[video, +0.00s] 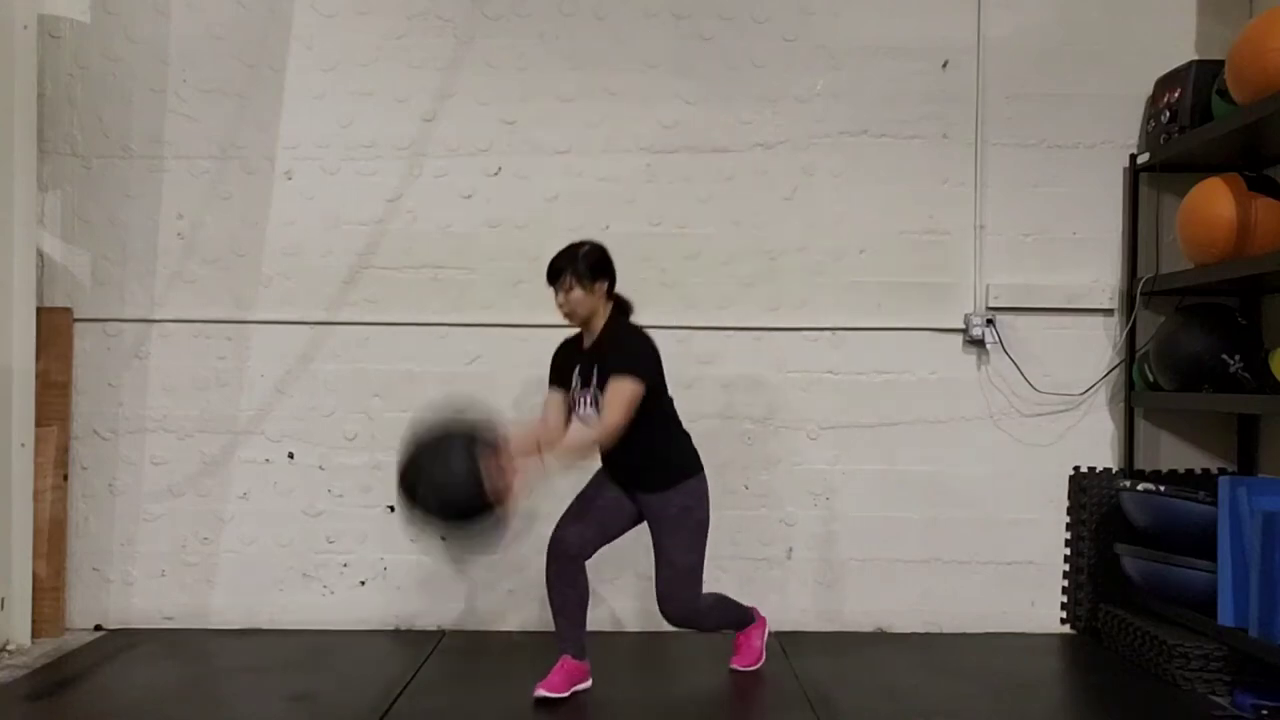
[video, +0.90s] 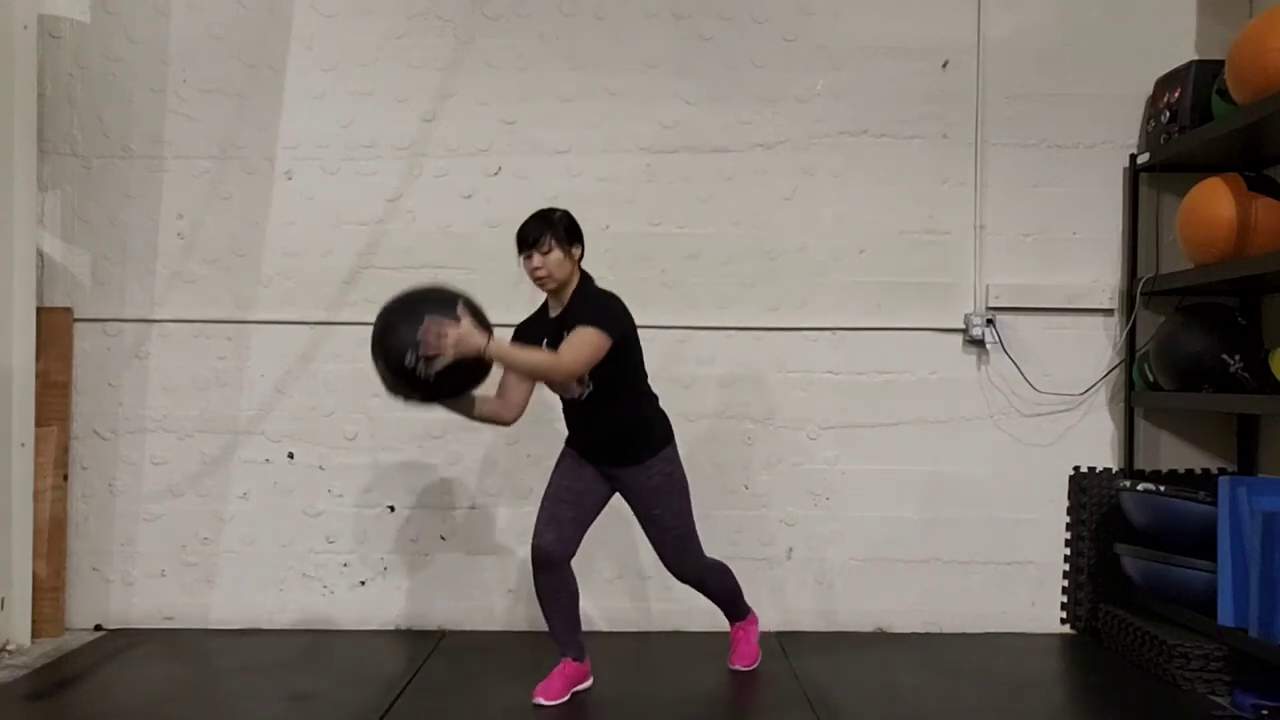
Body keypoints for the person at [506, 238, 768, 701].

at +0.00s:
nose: (562, 300)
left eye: (571, 289)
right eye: (557, 290)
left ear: (602, 288)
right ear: (557, 293)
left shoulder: (633, 348)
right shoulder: (569, 354)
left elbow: (607, 429)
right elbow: (551, 429)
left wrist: (541, 459)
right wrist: (507, 451)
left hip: (675, 486)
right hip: (622, 482)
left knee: (679, 606)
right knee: (564, 549)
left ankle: (750, 622)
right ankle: (574, 661)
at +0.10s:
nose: (544, 328)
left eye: (553, 317)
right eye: (541, 318)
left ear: (586, 317)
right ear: (545, 321)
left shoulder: (620, 378)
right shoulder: (559, 383)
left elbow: (629, 473)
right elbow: (564, 456)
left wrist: (612, 554)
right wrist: (548, 531)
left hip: (671, 501)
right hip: (616, 494)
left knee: (679, 625)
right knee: (558, 551)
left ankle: (746, 621)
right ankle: (573, 663)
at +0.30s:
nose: (528, 321)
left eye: (536, 310)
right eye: (525, 311)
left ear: (569, 310)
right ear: (556, 312)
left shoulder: (608, 372)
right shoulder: (548, 378)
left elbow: (616, 469)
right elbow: (547, 458)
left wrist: (572, 534)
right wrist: (504, 519)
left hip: (667, 498)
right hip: (616, 493)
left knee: (672, 615)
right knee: (556, 545)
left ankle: (750, 621)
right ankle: (574, 662)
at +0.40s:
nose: (527, 311)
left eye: (536, 300)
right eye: (524, 301)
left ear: (569, 301)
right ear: (525, 304)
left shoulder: (599, 363)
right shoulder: (540, 370)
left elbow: (571, 461)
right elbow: (514, 449)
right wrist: (464, 494)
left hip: (665, 486)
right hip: (610, 483)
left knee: (678, 605)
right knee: (559, 550)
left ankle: (751, 621)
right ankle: (574, 662)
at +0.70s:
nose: (514, 301)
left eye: (523, 289)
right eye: (510, 293)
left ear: (558, 289)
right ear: (512, 299)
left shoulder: (589, 348)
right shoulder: (528, 364)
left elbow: (549, 434)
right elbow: (509, 438)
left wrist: (474, 454)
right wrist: (458, 456)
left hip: (655, 471)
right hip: (599, 471)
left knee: (686, 589)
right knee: (550, 550)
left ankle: (753, 621)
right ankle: (573, 662)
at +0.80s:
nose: (523, 285)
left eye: (533, 272)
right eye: (518, 276)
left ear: (565, 272)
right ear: (516, 282)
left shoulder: (597, 332)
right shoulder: (529, 348)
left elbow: (557, 407)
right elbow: (509, 429)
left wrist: (476, 410)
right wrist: (452, 431)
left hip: (650, 464)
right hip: (593, 465)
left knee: (686, 579)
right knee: (548, 550)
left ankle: (751, 621)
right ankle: (574, 661)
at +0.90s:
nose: (535, 264)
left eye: (546, 252)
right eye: (527, 255)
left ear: (575, 253)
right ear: (523, 263)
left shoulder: (605, 310)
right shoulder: (531, 331)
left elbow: (563, 368)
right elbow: (504, 409)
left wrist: (484, 345)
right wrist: (437, 388)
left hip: (644, 454)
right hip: (585, 455)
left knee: (685, 563)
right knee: (548, 552)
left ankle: (743, 619)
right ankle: (574, 661)